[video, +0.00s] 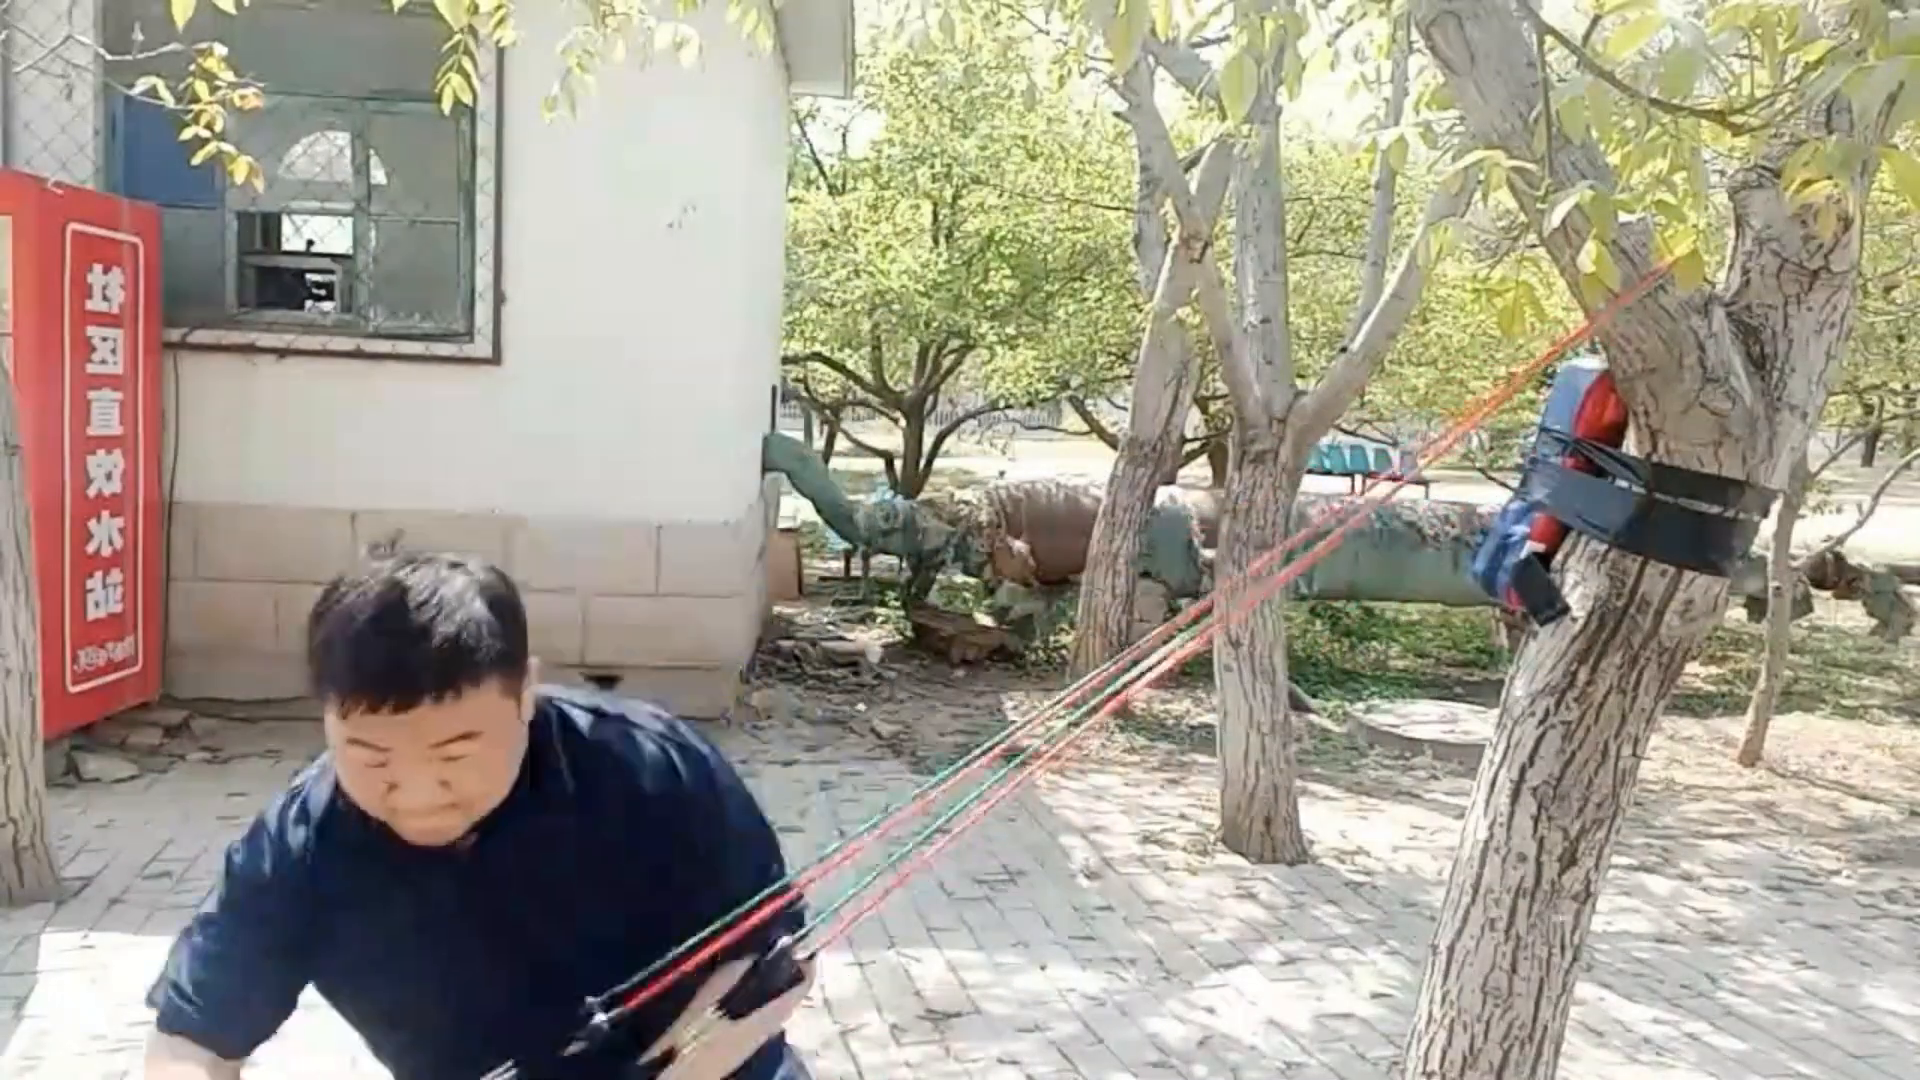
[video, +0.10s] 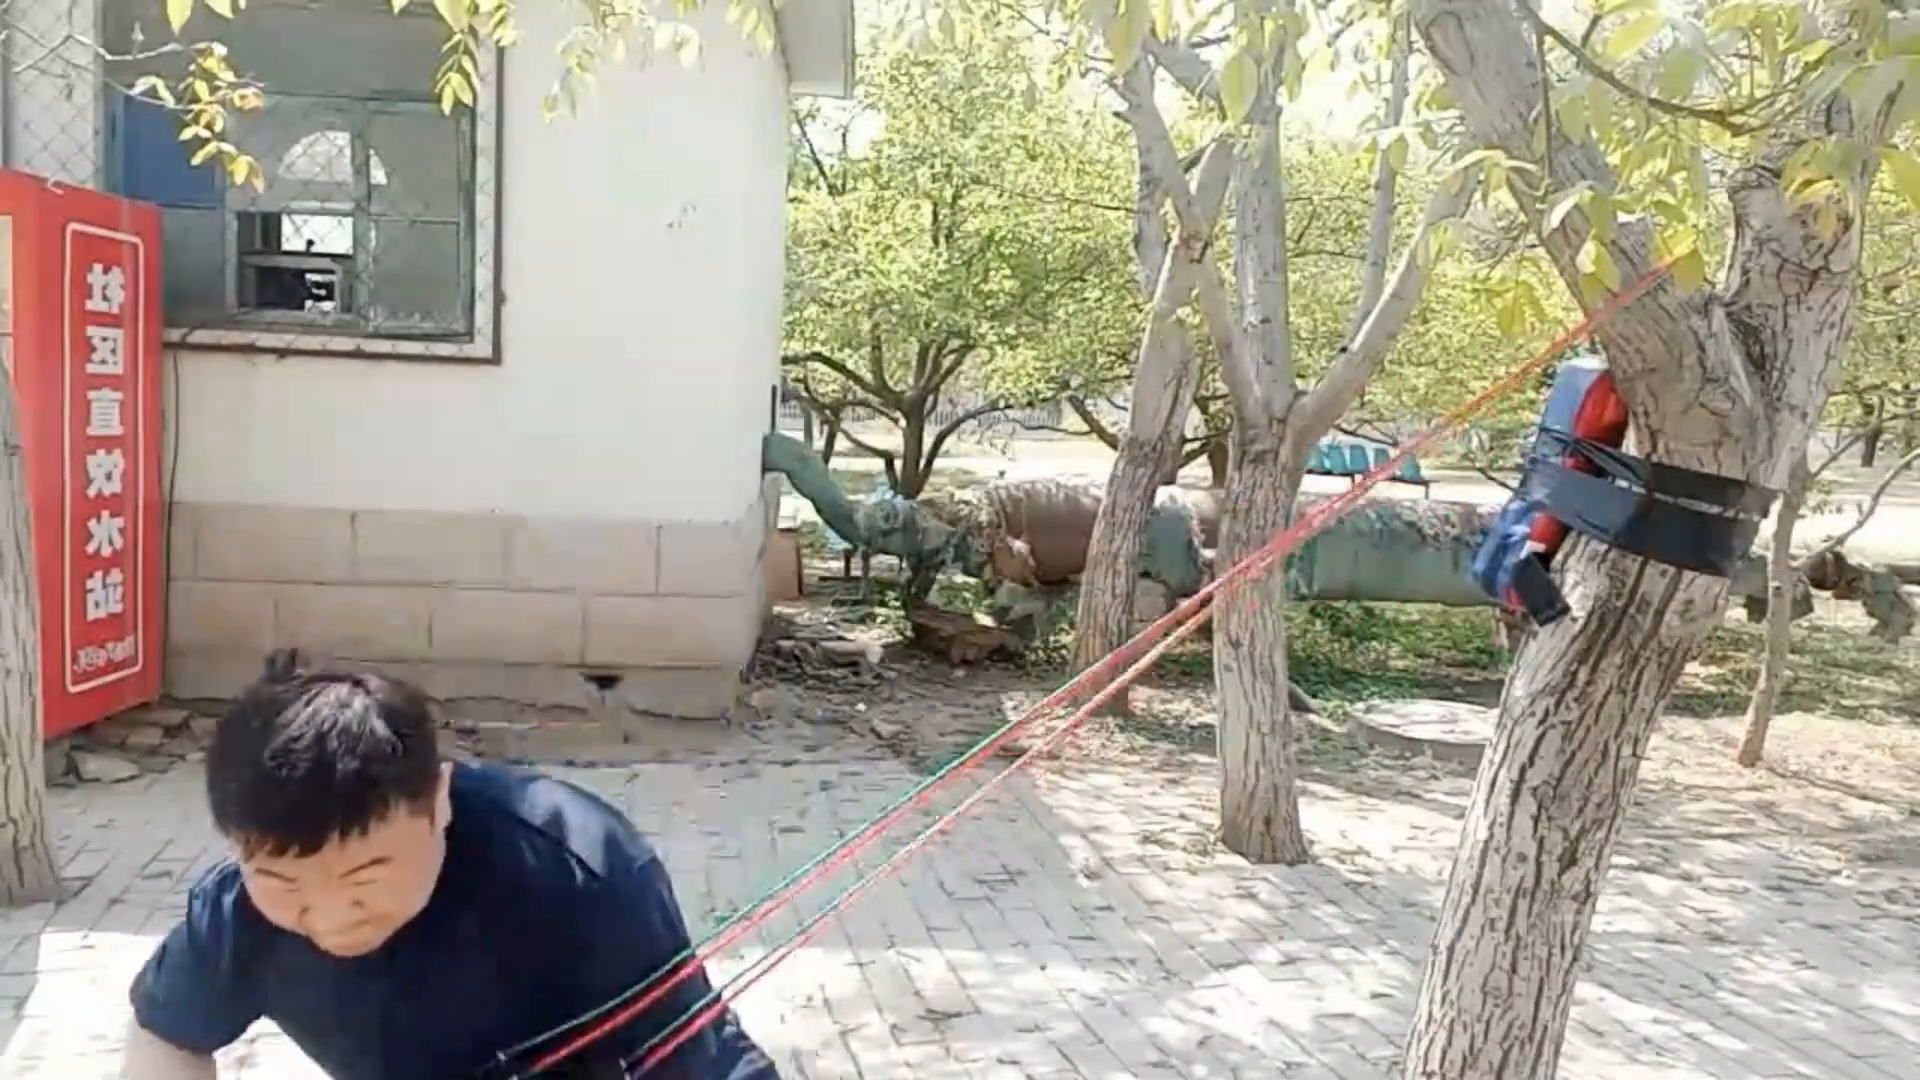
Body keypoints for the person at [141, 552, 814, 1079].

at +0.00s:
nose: (414, 793)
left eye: (455, 754)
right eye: (371, 757)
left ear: (526, 695)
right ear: (327, 720)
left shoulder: (660, 777)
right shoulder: (295, 854)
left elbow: (766, 983)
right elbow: (190, 1044)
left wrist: (666, 1068)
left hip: (693, 1052)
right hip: (470, 1064)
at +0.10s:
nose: (326, 918)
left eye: (367, 878)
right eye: (280, 881)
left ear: (437, 803)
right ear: (234, 845)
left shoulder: (579, 874)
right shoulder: (232, 913)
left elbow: (706, 1062)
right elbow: (168, 1038)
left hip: (601, 1053)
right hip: (413, 1062)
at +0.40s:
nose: (401, 873)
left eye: (431, 823)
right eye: (347, 849)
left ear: (466, 775)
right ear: (276, 823)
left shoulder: (603, 850)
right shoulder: (254, 929)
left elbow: (721, 1045)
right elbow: (141, 1061)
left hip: (637, 1047)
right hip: (437, 1060)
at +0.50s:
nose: (464, 700)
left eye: (476, 653)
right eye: (412, 673)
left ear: (492, 629)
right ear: (297, 693)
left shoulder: (582, 726)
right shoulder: (242, 822)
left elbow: (727, 869)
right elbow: (96, 1010)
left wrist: (650, 1009)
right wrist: (178, 1076)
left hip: (660, 1043)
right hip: (417, 1064)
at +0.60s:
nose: (485, 597)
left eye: (494, 554)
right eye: (437, 570)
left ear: (506, 540)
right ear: (321, 597)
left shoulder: (579, 662)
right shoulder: (241, 758)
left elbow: (733, 804)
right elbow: (77, 969)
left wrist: (671, 963)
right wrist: (185, 1049)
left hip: (673, 1035)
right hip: (430, 1061)